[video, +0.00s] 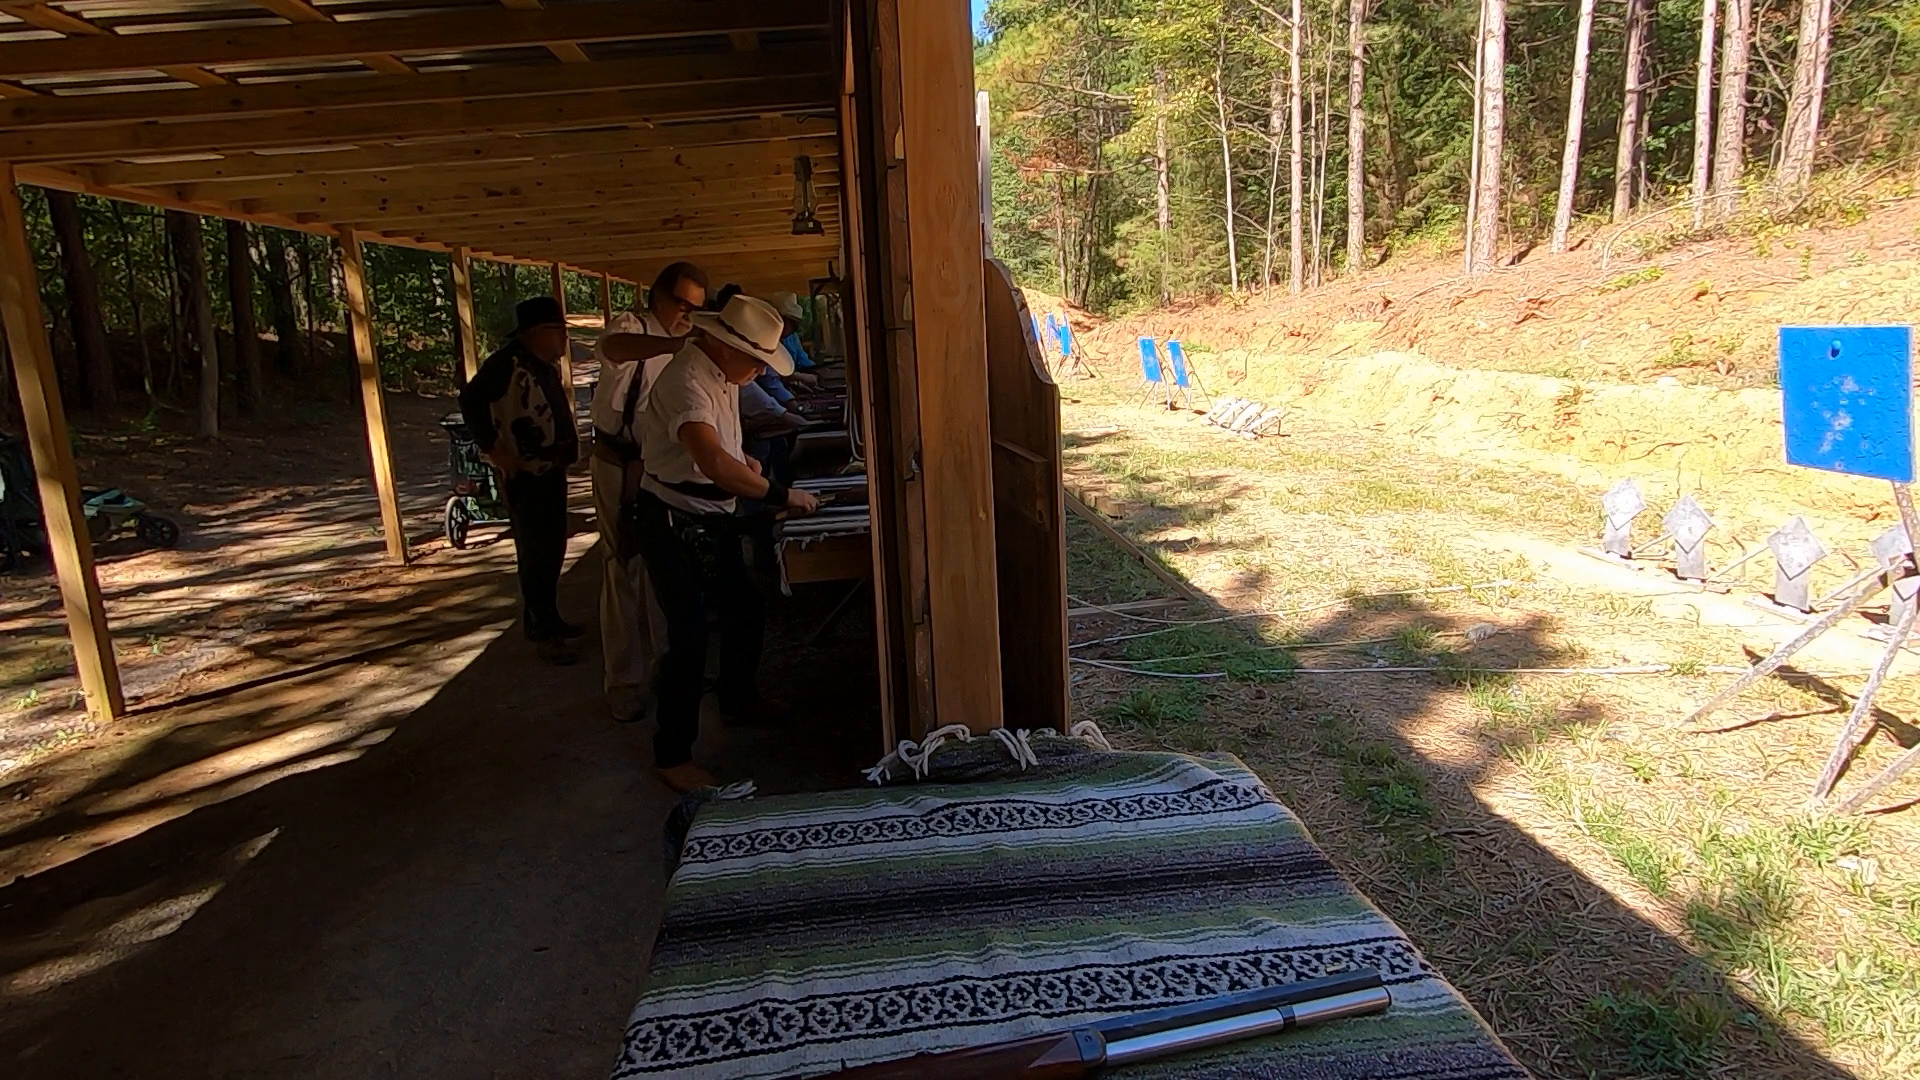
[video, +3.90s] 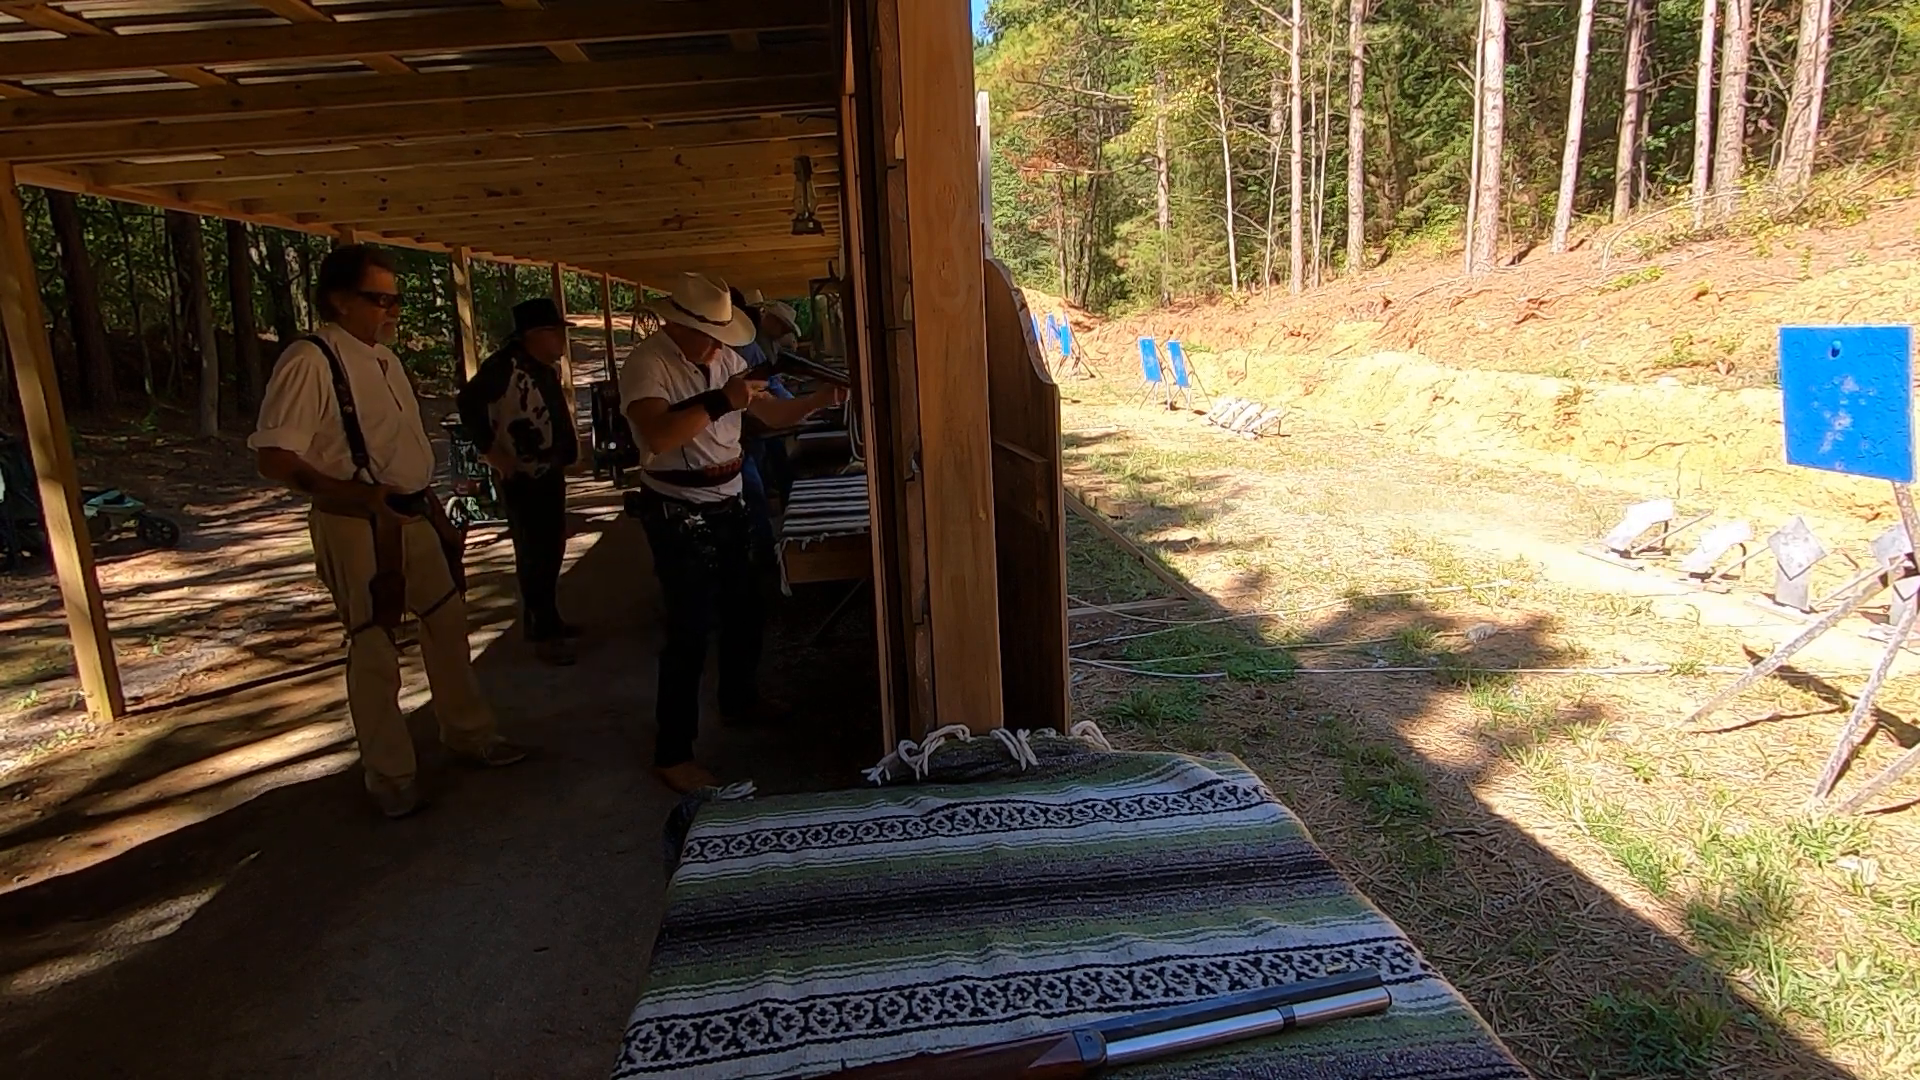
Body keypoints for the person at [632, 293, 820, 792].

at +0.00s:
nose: (758, 374)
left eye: (762, 366)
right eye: (757, 364)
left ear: (728, 348)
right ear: (730, 348)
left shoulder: (721, 377)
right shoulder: (686, 378)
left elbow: (724, 445)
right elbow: (711, 461)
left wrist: (747, 466)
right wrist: (781, 494)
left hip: (716, 516)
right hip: (673, 520)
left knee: (742, 611)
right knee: (690, 634)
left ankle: (739, 704)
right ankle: (672, 757)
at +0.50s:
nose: (757, 355)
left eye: (760, 346)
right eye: (753, 344)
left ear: (727, 335)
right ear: (725, 333)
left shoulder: (717, 362)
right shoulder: (686, 353)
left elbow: (722, 424)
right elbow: (724, 409)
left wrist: (751, 450)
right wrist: (786, 423)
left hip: (717, 512)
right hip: (672, 513)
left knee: (737, 613)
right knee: (689, 632)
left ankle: (740, 706)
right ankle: (673, 756)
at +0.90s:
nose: (750, 333)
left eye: (750, 324)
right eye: (743, 325)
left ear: (722, 324)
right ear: (712, 323)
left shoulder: (730, 359)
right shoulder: (669, 343)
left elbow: (757, 415)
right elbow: (702, 390)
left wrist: (784, 383)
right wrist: (755, 370)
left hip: (724, 508)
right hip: (674, 510)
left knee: (734, 615)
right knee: (682, 632)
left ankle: (739, 707)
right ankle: (672, 756)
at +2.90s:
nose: (727, 333)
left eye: (728, 324)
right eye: (717, 324)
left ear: (725, 325)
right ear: (684, 324)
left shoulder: (726, 376)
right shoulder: (651, 346)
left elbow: (785, 415)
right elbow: (688, 380)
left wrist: (850, 399)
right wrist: (749, 377)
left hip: (707, 513)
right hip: (652, 513)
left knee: (732, 613)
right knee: (674, 629)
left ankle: (740, 708)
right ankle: (672, 756)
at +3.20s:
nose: (723, 330)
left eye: (724, 321)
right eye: (714, 321)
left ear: (717, 321)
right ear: (682, 321)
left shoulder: (720, 363)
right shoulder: (651, 349)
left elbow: (773, 415)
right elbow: (671, 412)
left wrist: (834, 383)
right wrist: (740, 404)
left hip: (709, 511)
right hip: (656, 512)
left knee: (727, 615)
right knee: (674, 629)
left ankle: (741, 710)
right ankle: (672, 756)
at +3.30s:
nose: (725, 330)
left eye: (726, 321)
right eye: (715, 321)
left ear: (721, 322)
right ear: (681, 318)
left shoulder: (720, 363)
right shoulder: (645, 362)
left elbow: (758, 425)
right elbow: (640, 444)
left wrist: (798, 394)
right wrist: (702, 416)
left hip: (718, 511)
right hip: (666, 514)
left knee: (731, 617)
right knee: (681, 630)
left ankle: (740, 710)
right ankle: (673, 756)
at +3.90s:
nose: (718, 345)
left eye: (721, 335)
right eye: (708, 335)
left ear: (719, 329)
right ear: (679, 327)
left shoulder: (724, 360)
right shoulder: (646, 363)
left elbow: (769, 412)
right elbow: (657, 436)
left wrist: (818, 400)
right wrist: (723, 399)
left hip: (734, 507)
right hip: (679, 514)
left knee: (744, 614)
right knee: (688, 630)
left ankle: (741, 707)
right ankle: (674, 756)